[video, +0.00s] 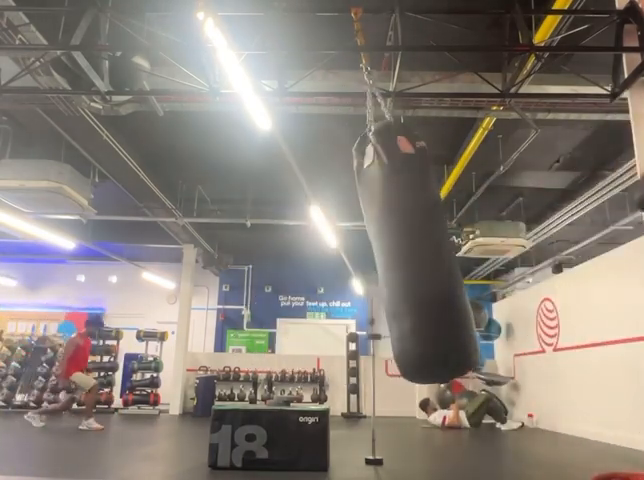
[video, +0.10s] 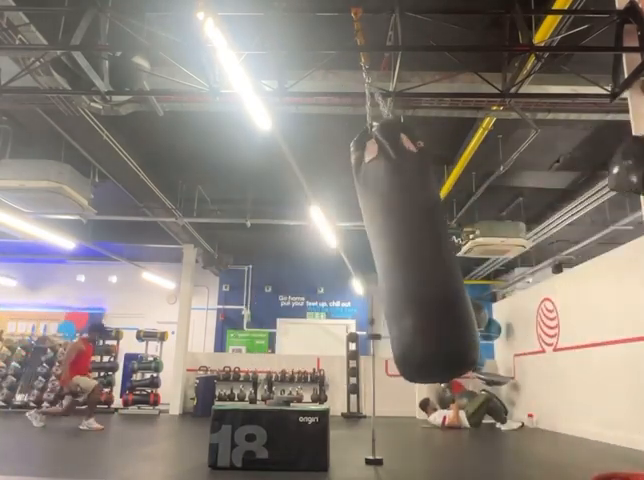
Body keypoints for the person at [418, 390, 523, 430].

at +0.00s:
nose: (434, 405)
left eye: (433, 404)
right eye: (432, 404)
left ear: (426, 409)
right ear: (428, 407)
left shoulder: (436, 414)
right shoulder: (435, 418)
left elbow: (452, 418)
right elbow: (455, 422)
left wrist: (455, 407)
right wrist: (454, 407)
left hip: (466, 414)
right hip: (468, 419)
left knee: (485, 395)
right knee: (486, 397)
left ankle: (502, 419)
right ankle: (503, 422)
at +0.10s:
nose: (434, 405)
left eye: (433, 404)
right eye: (432, 404)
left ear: (427, 409)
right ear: (428, 408)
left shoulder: (437, 414)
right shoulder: (435, 418)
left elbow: (452, 418)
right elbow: (455, 422)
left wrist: (454, 407)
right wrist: (454, 407)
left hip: (466, 414)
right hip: (468, 419)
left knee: (485, 395)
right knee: (486, 397)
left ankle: (502, 419)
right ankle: (503, 422)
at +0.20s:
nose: (434, 405)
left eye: (432, 404)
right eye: (432, 404)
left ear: (426, 409)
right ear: (428, 407)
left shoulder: (436, 414)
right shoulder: (435, 418)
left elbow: (452, 418)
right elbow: (455, 422)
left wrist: (455, 407)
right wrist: (454, 407)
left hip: (466, 414)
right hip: (468, 419)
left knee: (485, 395)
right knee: (486, 397)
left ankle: (502, 419)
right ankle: (503, 422)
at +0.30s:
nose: (434, 403)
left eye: (433, 401)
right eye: (432, 402)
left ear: (427, 408)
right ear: (429, 406)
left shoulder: (436, 414)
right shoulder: (435, 418)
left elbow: (453, 420)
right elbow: (455, 422)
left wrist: (453, 408)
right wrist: (454, 408)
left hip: (466, 415)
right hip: (468, 419)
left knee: (484, 395)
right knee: (486, 396)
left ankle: (501, 421)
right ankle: (503, 422)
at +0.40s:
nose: (434, 403)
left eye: (432, 401)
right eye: (432, 402)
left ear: (427, 408)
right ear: (429, 406)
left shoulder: (436, 414)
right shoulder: (435, 418)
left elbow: (453, 420)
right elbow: (455, 422)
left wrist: (453, 408)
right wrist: (454, 408)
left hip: (466, 415)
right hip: (468, 419)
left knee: (484, 396)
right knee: (485, 396)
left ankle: (501, 421)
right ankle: (503, 422)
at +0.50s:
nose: (434, 403)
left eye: (432, 401)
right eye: (432, 402)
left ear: (427, 408)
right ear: (429, 406)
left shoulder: (436, 414)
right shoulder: (435, 418)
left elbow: (453, 420)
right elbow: (455, 422)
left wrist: (454, 408)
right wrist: (454, 408)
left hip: (466, 415)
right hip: (468, 419)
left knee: (484, 395)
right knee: (485, 396)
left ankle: (501, 421)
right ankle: (504, 422)